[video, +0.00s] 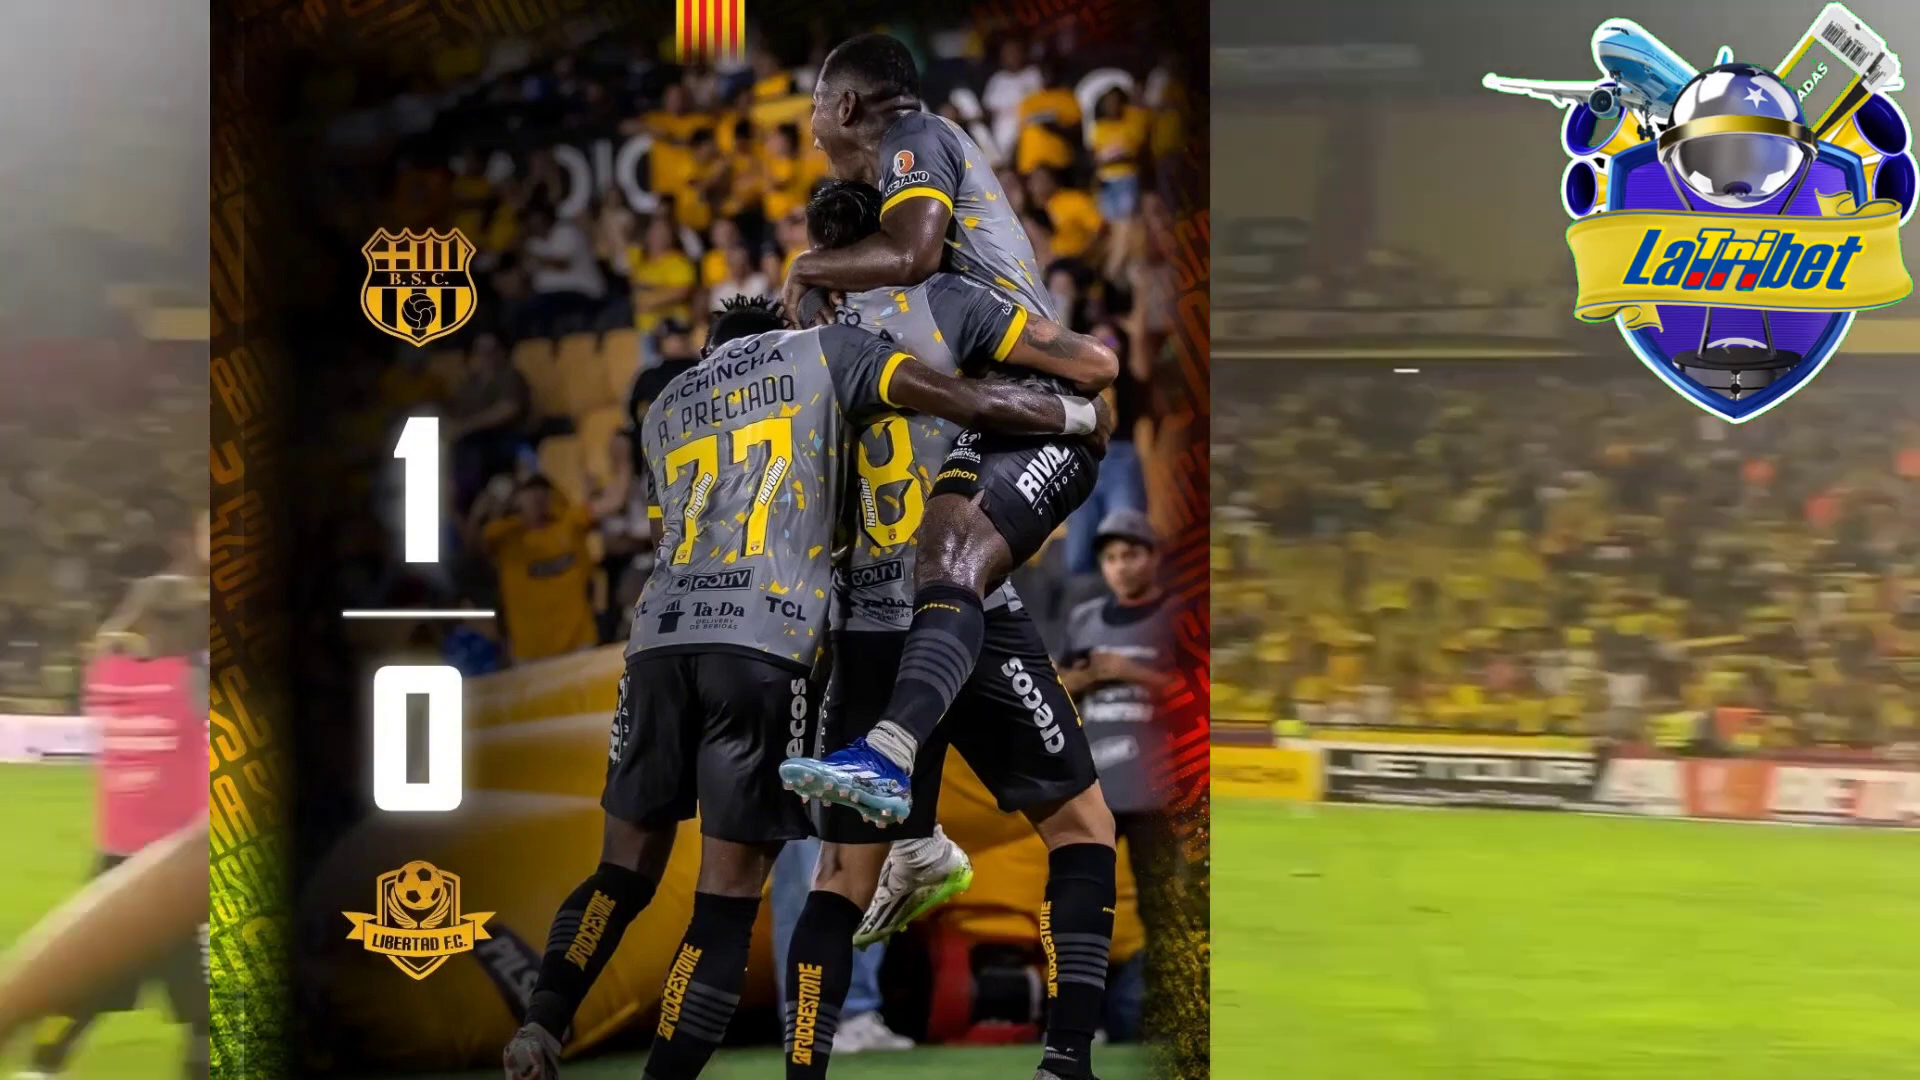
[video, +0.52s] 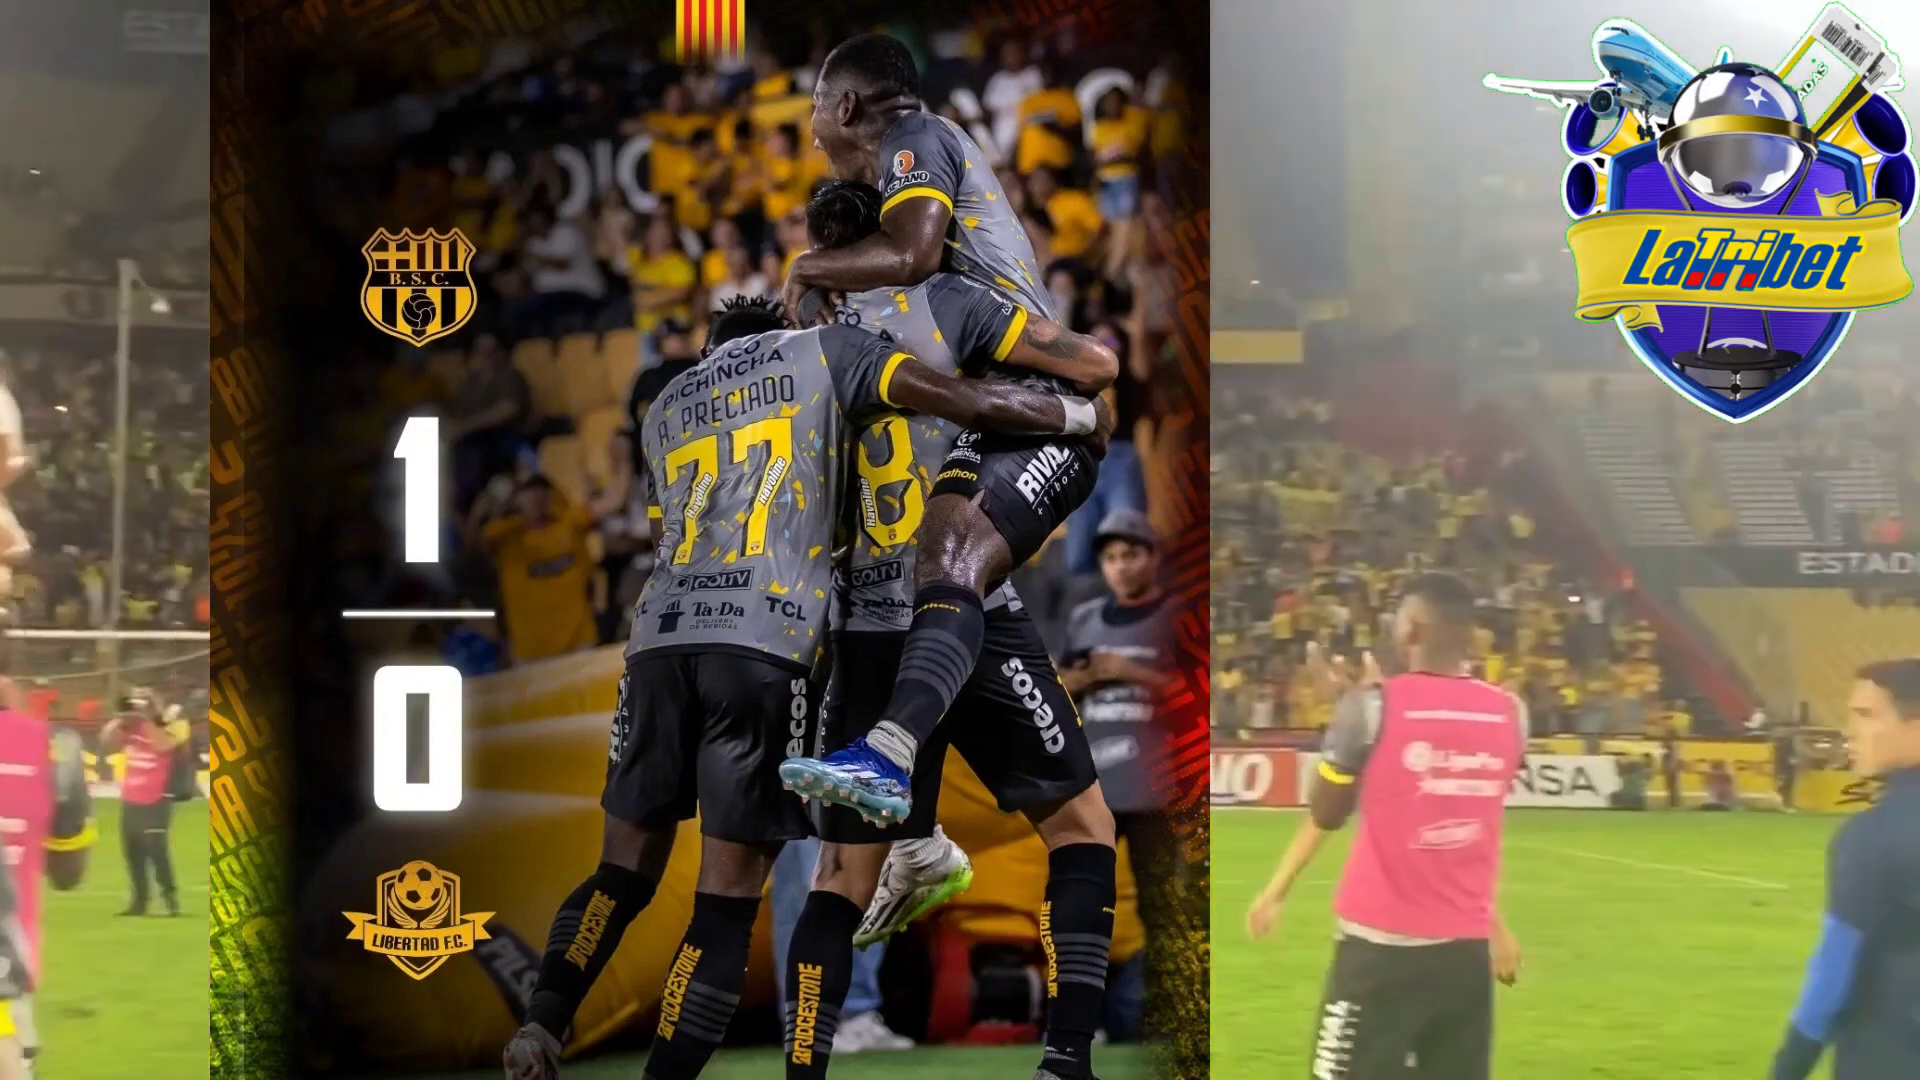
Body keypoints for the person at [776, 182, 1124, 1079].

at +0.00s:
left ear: (818, 252)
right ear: (896, 233)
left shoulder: (799, 332)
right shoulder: (948, 292)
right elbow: (1085, 367)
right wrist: (1100, 359)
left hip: (852, 619)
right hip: (962, 614)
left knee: (848, 860)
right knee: (1082, 826)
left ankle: (802, 1062)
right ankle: (1066, 1061)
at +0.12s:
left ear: (818, 252)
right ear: (896, 233)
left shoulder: (799, 332)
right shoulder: (948, 292)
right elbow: (1085, 367)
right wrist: (1100, 359)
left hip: (852, 619)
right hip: (962, 614)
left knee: (848, 860)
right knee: (1082, 826)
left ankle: (802, 1062)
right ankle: (1066, 1061)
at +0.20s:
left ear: (822, 252)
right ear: (900, 235)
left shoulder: (803, 328)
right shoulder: (951, 295)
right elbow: (1092, 367)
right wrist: (1080, 348)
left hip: (854, 615)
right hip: (963, 613)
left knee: (848, 860)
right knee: (1081, 826)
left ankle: (801, 1064)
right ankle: (1067, 1058)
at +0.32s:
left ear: (821, 256)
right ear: (898, 237)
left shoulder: (802, 333)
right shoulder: (951, 295)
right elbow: (1089, 367)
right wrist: (1087, 352)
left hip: (852, 619)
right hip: (962, 616)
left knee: (849, 861)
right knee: (1082, 827)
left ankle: (802, 1063)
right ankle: (1067, 1058)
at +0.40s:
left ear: (821, 256)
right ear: (898, 238)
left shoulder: (802, 332)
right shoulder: (952, 296)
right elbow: (1090, 367)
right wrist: (1082, 349)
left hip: (852, 619)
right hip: (964, 616)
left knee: (849, 862)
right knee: (1082, 827)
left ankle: (802, 1062)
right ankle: (1067, 1057)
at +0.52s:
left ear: (819, 257)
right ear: (896, 240)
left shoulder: (802, 336)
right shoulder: (951, 298)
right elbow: (1089, 368)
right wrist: (1090, 352)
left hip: (854, 618)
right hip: (965, 615)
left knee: (848, 861)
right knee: (1081, 826)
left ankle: (802, 1064)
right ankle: (1067, 1057)